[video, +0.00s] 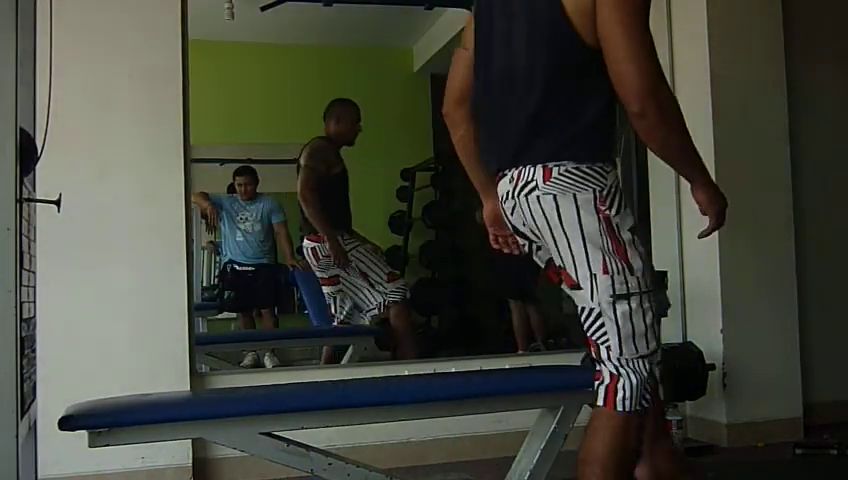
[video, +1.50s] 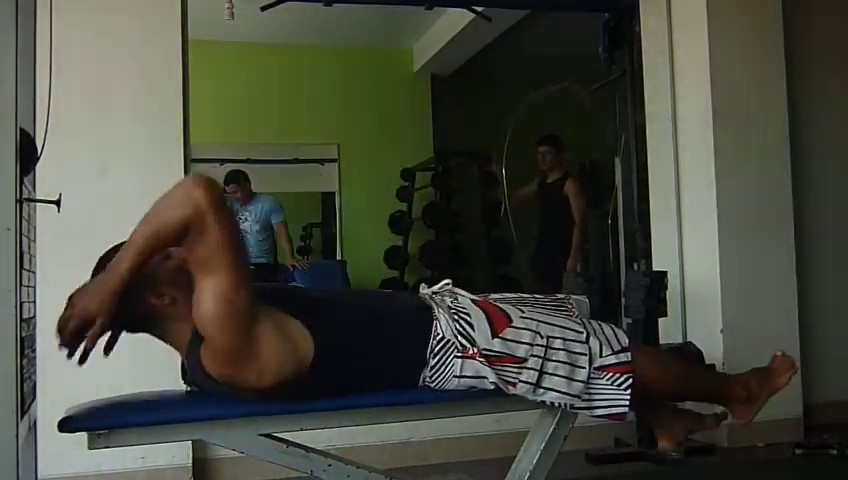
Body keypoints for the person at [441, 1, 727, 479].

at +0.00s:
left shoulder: (488, 8)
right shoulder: (603, 5)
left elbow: (455, 105)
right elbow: (641, 100)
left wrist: (489, 193)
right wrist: (698, 178)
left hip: (514, 187)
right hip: (573, 181)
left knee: (638, 316)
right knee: (625, 367)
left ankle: (655, 458)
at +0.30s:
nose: (639, 13)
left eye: (640, 6)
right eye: (637, 4)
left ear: (586, 2)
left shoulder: (543, 39)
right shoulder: (600, 44)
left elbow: (540, 158)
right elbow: (612, 158)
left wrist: (597, 231)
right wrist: (687, 226)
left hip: (509, 236)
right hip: (543, 235)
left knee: (602, 365)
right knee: (682, 354)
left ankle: (597, 472)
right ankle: (658, 472)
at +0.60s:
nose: (573, 92)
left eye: (573, 80)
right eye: (572, 80)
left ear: (520, 75)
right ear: (556, 77)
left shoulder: (490, 128)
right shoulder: (542, 128)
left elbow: (559, 225)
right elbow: (625, 232)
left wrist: (645, 214)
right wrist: (683, 227)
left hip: (458, 321)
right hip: (492, 320)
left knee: (604, 349)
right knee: (663, 369)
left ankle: (598, 473)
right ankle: (677, 473)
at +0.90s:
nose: (426, 124)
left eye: (428, 113)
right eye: (424, 112)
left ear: (366, 109)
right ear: (400, 110)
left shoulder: (342, 181)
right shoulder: (405, 173)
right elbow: (532, 197)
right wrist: (524, 111)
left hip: (425, 349)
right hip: (462, 344)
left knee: (585, 351)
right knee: (642, 360)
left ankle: (600, 470)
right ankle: (675, 471)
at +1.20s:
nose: (314, 193)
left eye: (309, 182)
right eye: (302, 182)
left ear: (242, 198)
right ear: (267, 192)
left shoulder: (252, 263)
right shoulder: (291, 253)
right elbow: (393, 150)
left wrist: (251, 145)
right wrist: (291, 107)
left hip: (440, 336)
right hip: (455, 343)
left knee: (583, 365)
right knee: (625, 365)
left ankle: (644, 464)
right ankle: (723, 461)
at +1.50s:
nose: (192, 261)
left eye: (182, 256)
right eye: (177, 261)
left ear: (160, 300)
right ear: (170, 293)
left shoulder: (222, 334)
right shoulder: (226, 342)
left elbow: (199, 199)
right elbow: (197, 192)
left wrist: (111, 284)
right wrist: (110, 282)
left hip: (437, 322)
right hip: (451, 340)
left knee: (587, 341)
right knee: (615, 358)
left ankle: (678, 421)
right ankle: (737, 390)